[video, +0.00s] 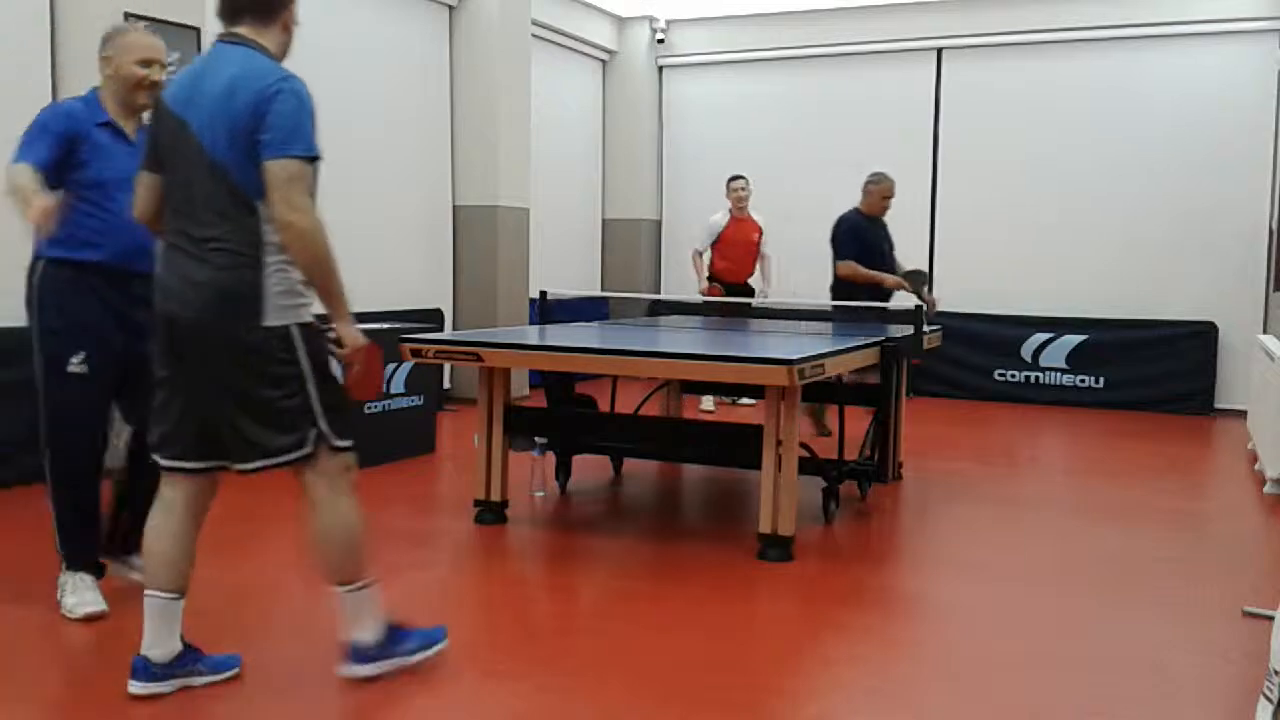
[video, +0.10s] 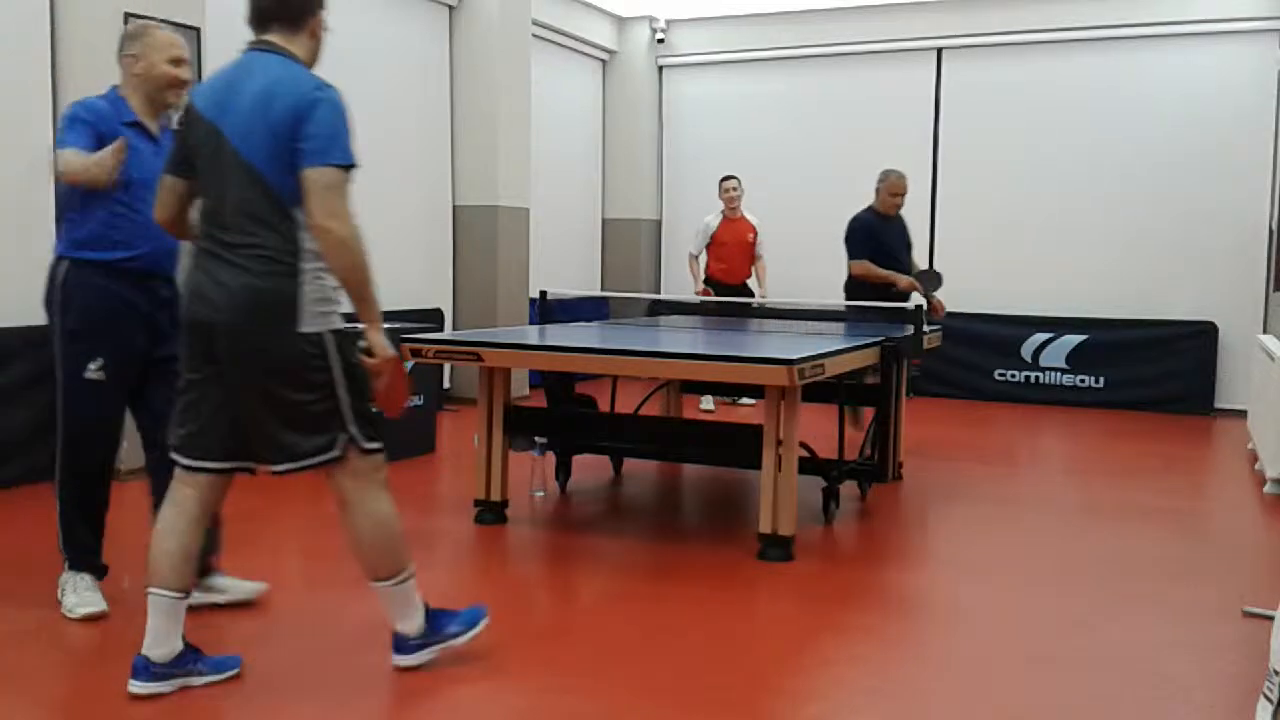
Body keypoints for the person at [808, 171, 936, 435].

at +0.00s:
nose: (888, 205)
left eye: (890, 199)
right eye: (884, 199)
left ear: (887, 197)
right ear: (867, 194)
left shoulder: (878, 225)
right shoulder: (847, 223)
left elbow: (890, 266)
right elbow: (844, 268)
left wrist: (919, 290)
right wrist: (884, 279)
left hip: (875, 310)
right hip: (850, 311)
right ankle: (818, 404)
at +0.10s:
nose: (899, 202)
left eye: (903, 196)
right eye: (893, 196)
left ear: (905, 195)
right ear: (877, 192)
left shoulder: (898, 222)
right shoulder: (860, 223)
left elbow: (908, 264)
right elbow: (857, 267)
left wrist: (929, 296)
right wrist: (895, 278)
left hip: (895, 310)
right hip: (865, 311)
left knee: (895, 373)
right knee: (861, 369)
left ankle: (885, 438)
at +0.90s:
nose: (968, 191)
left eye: (974, 186)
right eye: (968, 186)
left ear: (994, 188)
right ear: (969, 187)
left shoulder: (1015, 222)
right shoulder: (960, 218)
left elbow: (1012, 268)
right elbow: (939, 256)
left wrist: (973, 270)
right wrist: (951, 263)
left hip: (1001, 313)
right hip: (964, 311)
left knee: (994, 372)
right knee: (964, 370)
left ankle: (990, 432)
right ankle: (1001, 413)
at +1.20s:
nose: (967, 196)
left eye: (972, 191)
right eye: (966, 191)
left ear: (991, 191)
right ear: (970, 192)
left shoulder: (1013, 221)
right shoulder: (965, 222)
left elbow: (1012, 264)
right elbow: (948, 255)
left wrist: (975, 267)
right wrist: (948, 261)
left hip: (1003, 311)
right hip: (972, 312)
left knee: (995, 370)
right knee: (985, 373)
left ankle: (990, 430)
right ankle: (1010, 422)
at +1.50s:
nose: (966, 199)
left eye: (971, 193)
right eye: (964, 194)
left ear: (989, 191)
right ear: (963, 193)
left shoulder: (1006, 219)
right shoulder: (962, 221)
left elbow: (1000, 251)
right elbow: (945, 246)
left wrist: (958, 251)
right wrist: (934, 255)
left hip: (994, 308)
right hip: (966, 307)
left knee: (971, 365)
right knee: (987, 367)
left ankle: (963, 424)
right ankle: (1011, 423)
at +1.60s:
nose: (963, 198)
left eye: (968, 192)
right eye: (960, 193)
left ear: (985, 190)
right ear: (959, 192)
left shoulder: (1001, 218)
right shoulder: (958, 220)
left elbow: (996, 250)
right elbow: (941, 245)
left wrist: (955, 253)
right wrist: (929, 253)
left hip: (988, 309)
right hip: (960, 309)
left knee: (968, 368)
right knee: (983, 367)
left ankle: (959, 425)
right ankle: (1009, 422)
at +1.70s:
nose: (958, 195)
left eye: (964, 190)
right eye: (956, 190)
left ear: (981, 190)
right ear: (954, 190)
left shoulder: (994, 218)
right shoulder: (953, 219)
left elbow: (990, 252)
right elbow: (937, 244)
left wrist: (949, 257)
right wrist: (925, 254)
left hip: (981, 309)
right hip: (955, 308)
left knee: (963, 368)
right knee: (966, 367)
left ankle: (958, 424)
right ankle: (998, 415)